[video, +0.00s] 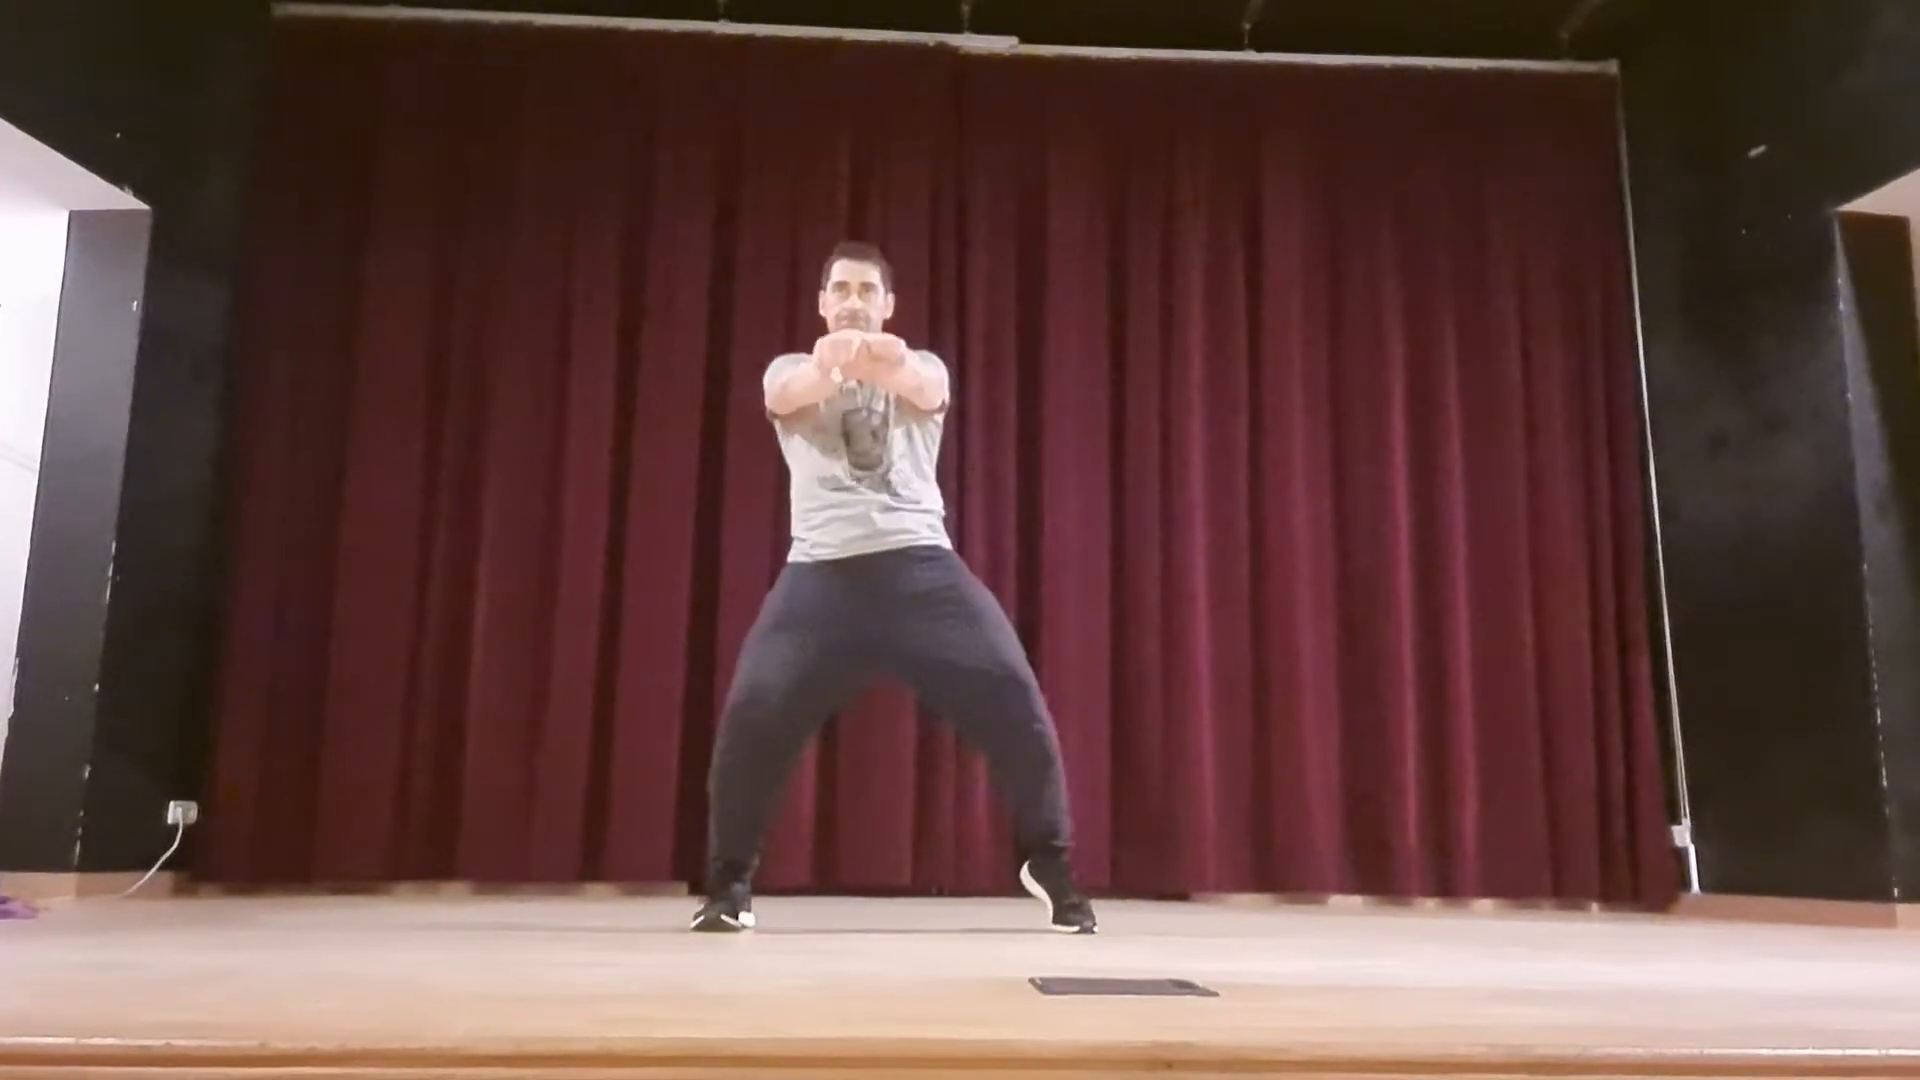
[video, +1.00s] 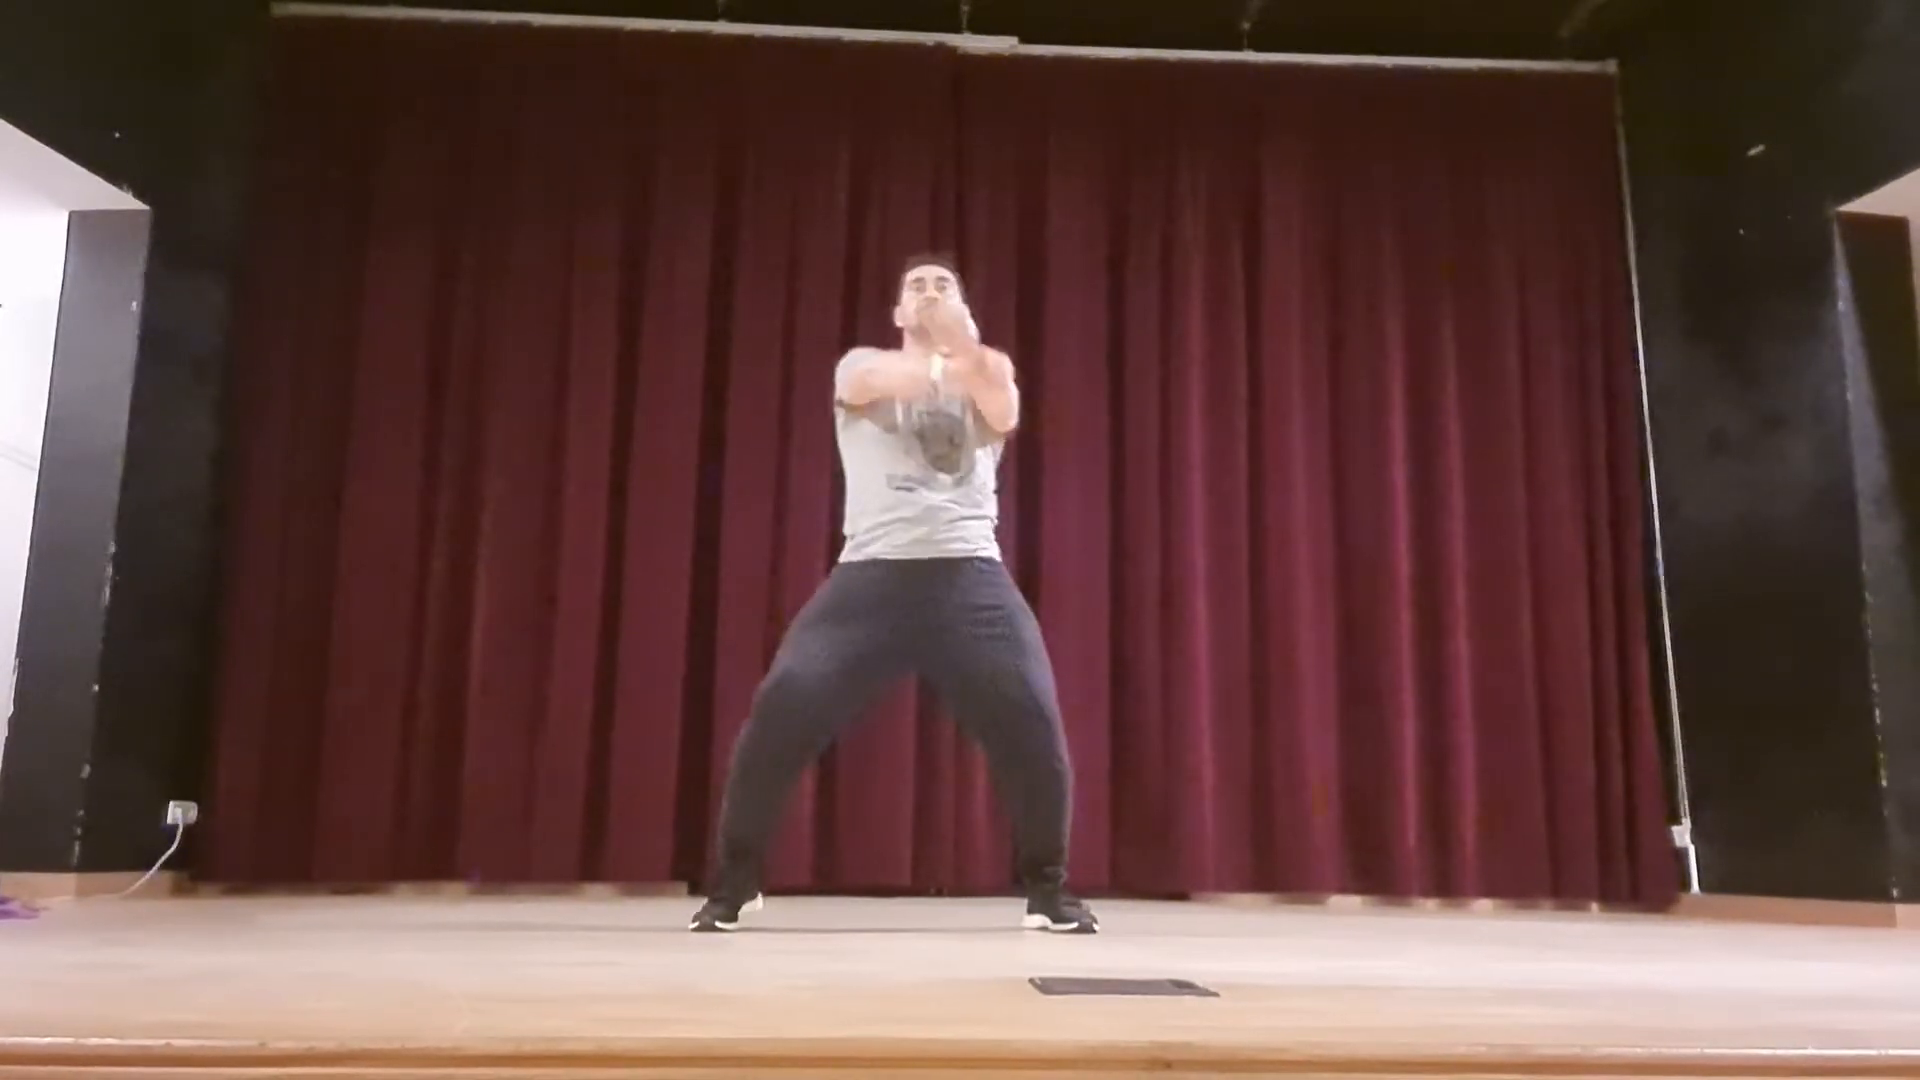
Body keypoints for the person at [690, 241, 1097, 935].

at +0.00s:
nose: (852, 302)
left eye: (866, 291)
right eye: (841, 290)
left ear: (889, 303)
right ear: (820, 301)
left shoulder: (921, 366)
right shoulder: (792, 368)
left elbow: (929, 393)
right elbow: (782, 399)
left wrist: (882, 364)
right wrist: (830, 373)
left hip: (922, 568)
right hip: (819, 575)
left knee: (1016, 700)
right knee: (755, 709)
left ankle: (1048, 861)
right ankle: (728, 887)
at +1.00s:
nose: (929, 293)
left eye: (942, 285)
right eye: (917, 288)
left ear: (967, 310)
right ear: (899, 315)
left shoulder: (989, 367)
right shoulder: (865, 363)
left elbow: (1002, 419)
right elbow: (862, 385)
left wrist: (968, 353)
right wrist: (925, 375)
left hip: (971, 578)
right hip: (869, 578)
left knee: (1031, 714)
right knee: (787, 698)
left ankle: (1047, 890)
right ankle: (734, 879)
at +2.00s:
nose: (936, 288)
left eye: (950, 278)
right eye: (923, 278)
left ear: (972, 299)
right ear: (903, 297)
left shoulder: (991, 373)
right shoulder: (870, 355)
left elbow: (1007, 404)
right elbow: (864, 363)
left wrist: (982, 326)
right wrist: (943, 330)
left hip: (965, 576)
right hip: (862, 569)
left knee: (1022, 707)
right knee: (770, 676)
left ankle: (1043, 888)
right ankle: (729, 863)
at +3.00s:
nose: (846, 290)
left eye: (859, 280)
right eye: (834, 280)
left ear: (881, 299)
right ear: (813, 297)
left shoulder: (912, 358)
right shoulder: (784, 366)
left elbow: (921, 379)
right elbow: (771, 398)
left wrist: (875, 346)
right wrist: (815, 363)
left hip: (923, 572)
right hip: (819, 579)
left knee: (1016, 692)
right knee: (753, 702)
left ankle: (1047, 862)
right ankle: (732, 886)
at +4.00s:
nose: (922, 292)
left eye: (937, 283)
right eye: (911, 285)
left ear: (970, 307)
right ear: (893, 309)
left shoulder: (986, 368)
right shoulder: (861, 362)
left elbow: (1001, 417)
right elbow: (858, 378)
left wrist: (970, 355)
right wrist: (929, 362)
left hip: (964, 578)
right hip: (861, 574)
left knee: (1027, 709)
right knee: (771, 683)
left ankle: (1039, 889)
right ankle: (731, 870)